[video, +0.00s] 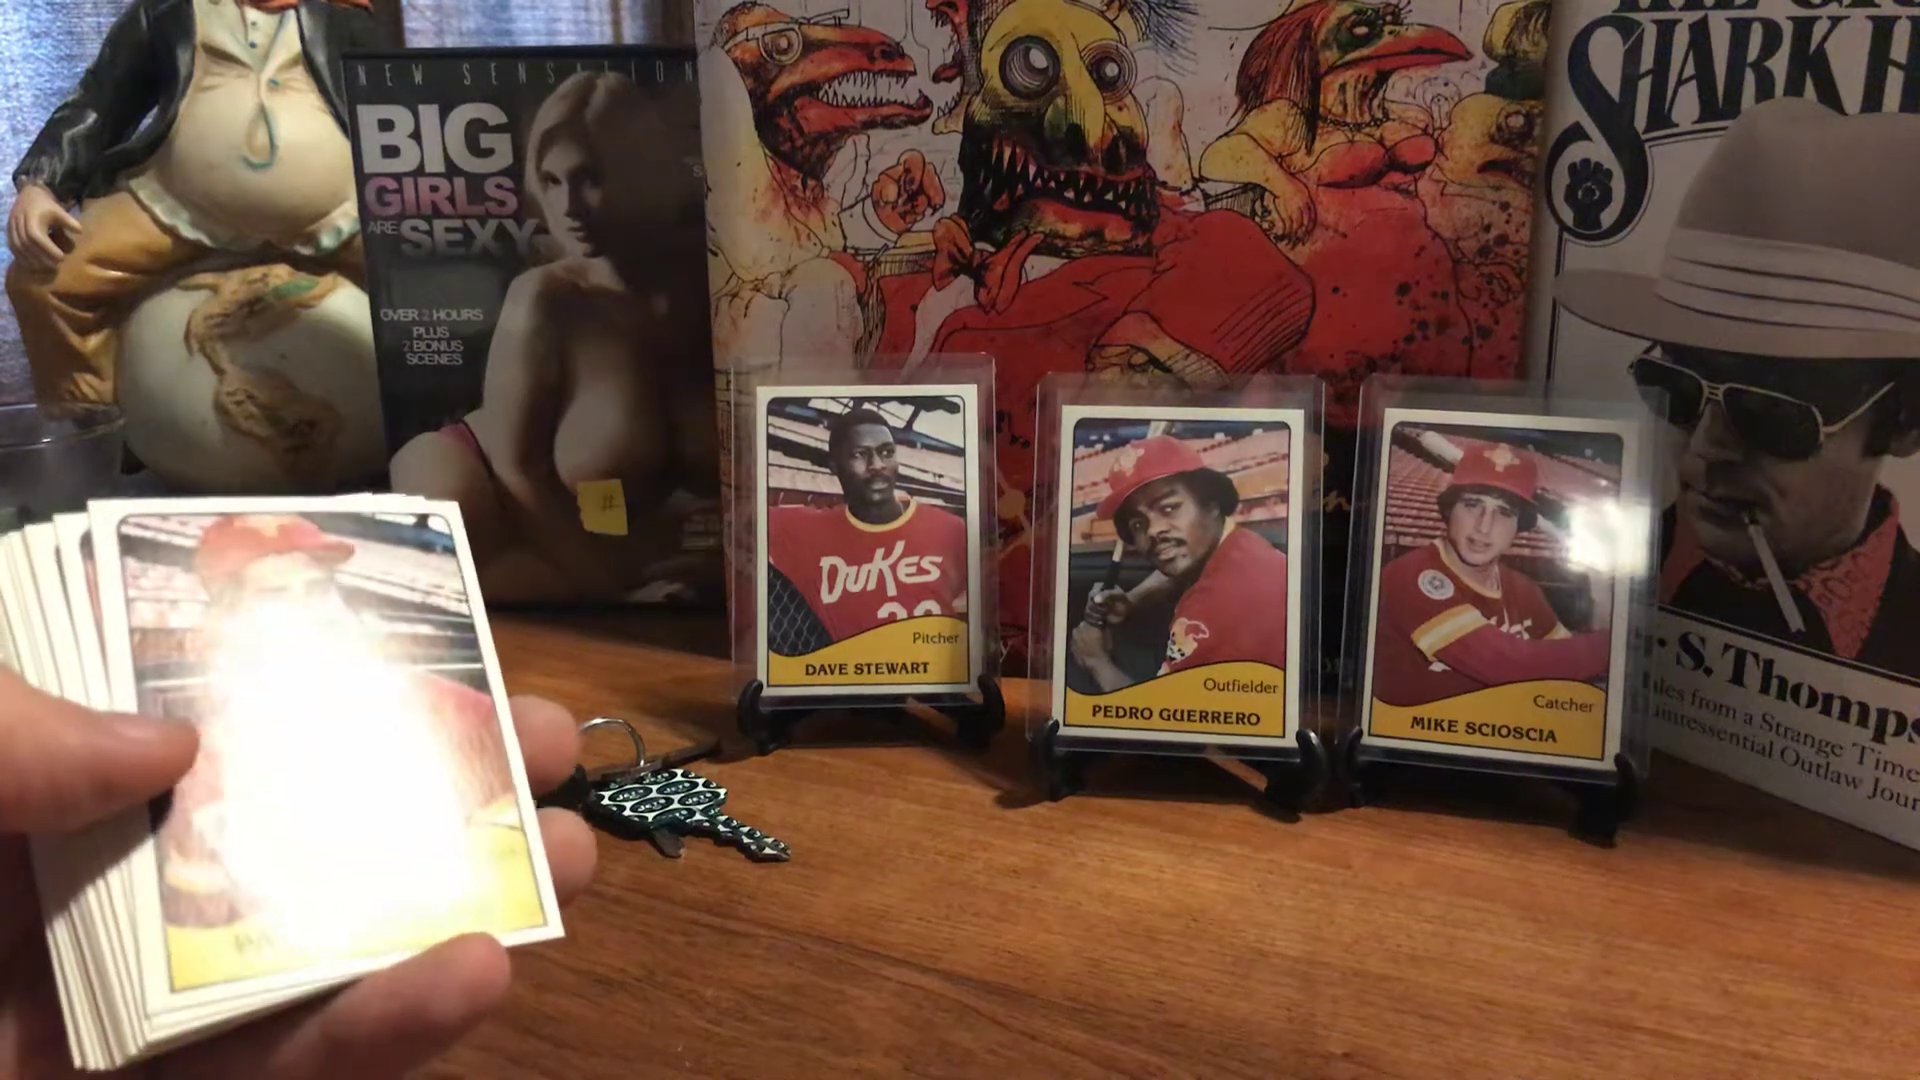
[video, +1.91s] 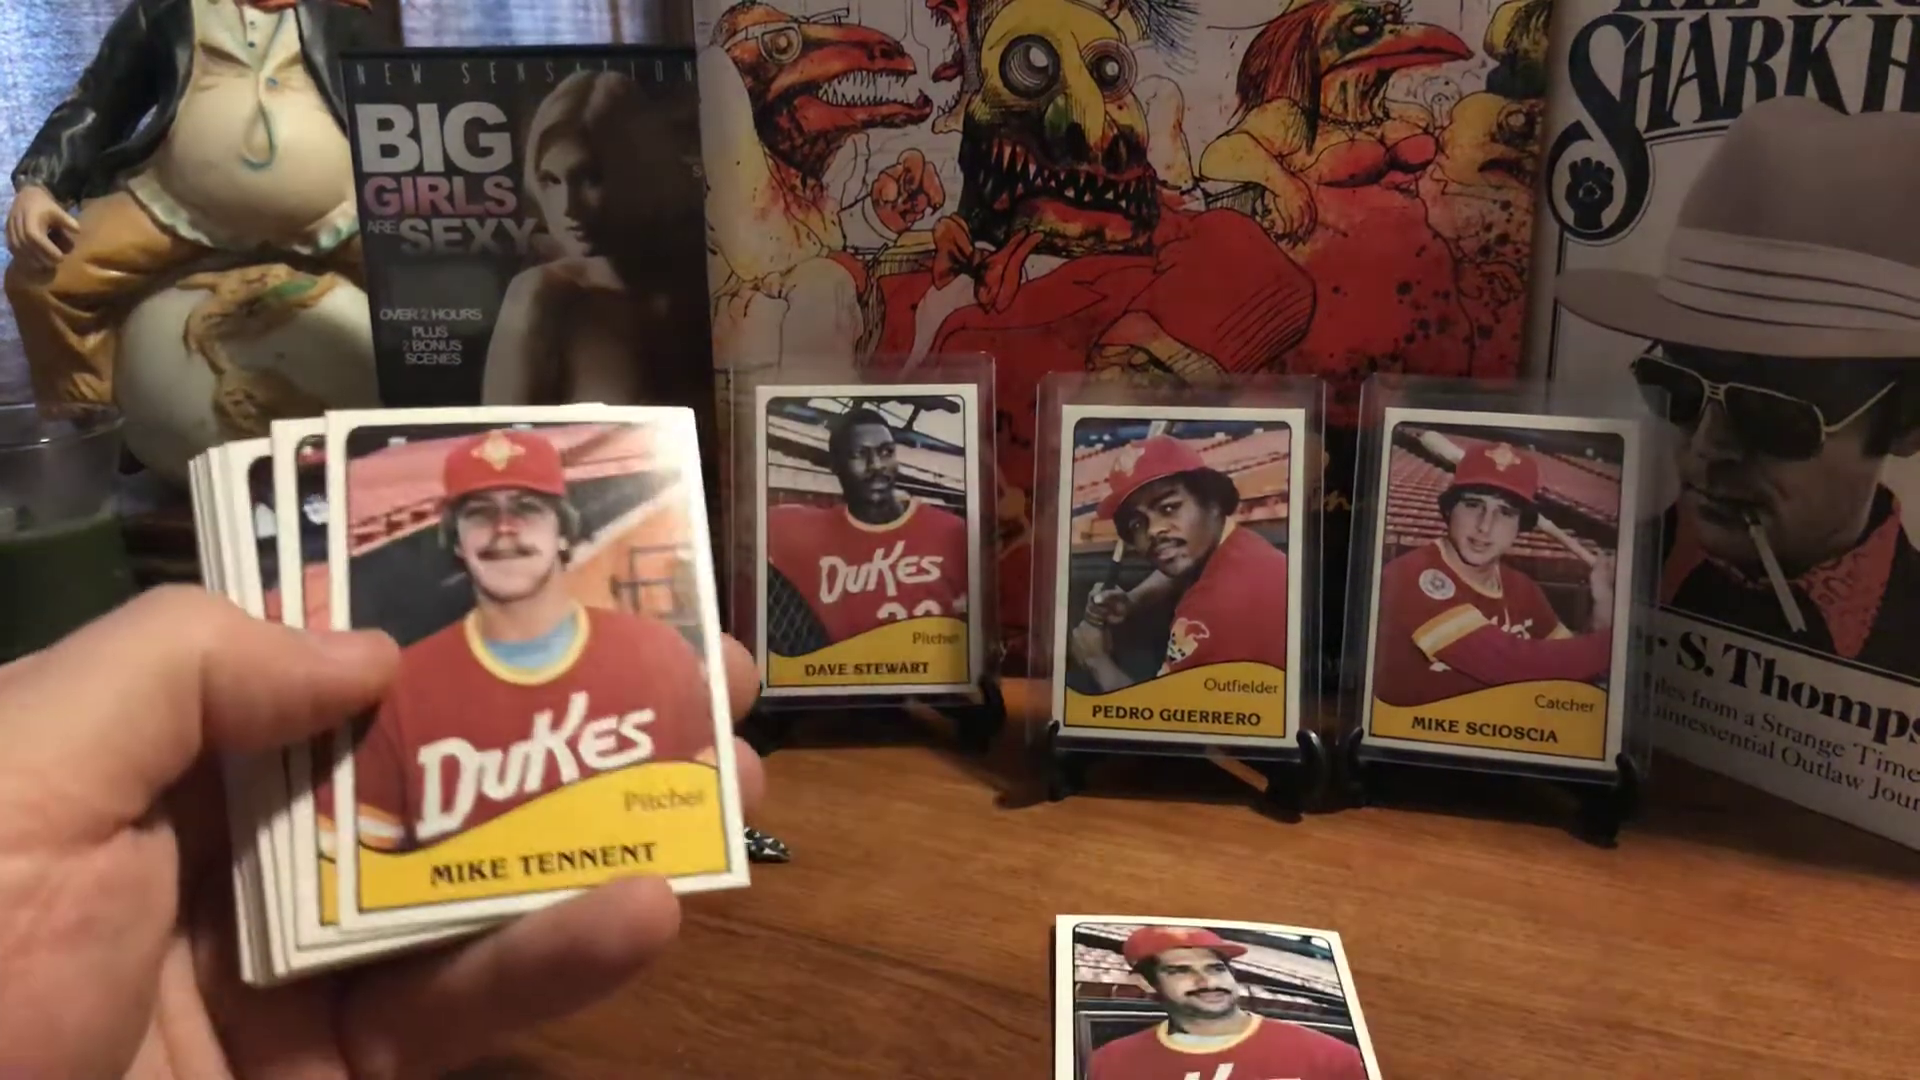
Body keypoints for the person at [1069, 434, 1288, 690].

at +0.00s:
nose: (1155, 530)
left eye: (1169, 508)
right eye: (1139, 523)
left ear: (1211, 505)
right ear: (1133, 540)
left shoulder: (1208, 610)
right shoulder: (1249, 545)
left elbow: (1162, 720)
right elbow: (1185, 565)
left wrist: (1098, 662)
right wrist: (1132, 602)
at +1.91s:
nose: (1155, 530)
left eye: (1169, 508)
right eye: (1138, 524)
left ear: (1213, 503)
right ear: (1132, 540)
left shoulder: (1213, 607)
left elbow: (1161, 721)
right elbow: (1183, 564)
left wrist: (1097, 661)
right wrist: (1133, 602)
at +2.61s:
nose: (1156, 530)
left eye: (1170, 508)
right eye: (1140, 523)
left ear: (1215, 502)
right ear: (1133, 539)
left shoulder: (1214, 604)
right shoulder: (1252, 546)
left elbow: (1160, 720)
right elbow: (1186, 564)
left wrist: (1098, 662)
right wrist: (1133, 603)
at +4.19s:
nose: (1156, 531)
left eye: (1170, 509)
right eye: (1140, 522)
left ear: (1213, 506)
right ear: (1133, 539)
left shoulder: (1210, 608)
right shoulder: (1248, 547)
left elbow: (1159, 721)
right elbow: (1183, 566)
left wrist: (1097, 662)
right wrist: (1131, 603)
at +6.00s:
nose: (1156, 531)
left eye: (1170, 508)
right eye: (1140, 522)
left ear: (1214, 506)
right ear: (1134, 540)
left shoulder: (1212, 607)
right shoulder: (1248, 544)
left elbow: (1159, 720)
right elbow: (1185, 565)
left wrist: (1098, 663)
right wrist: (1133, 602)